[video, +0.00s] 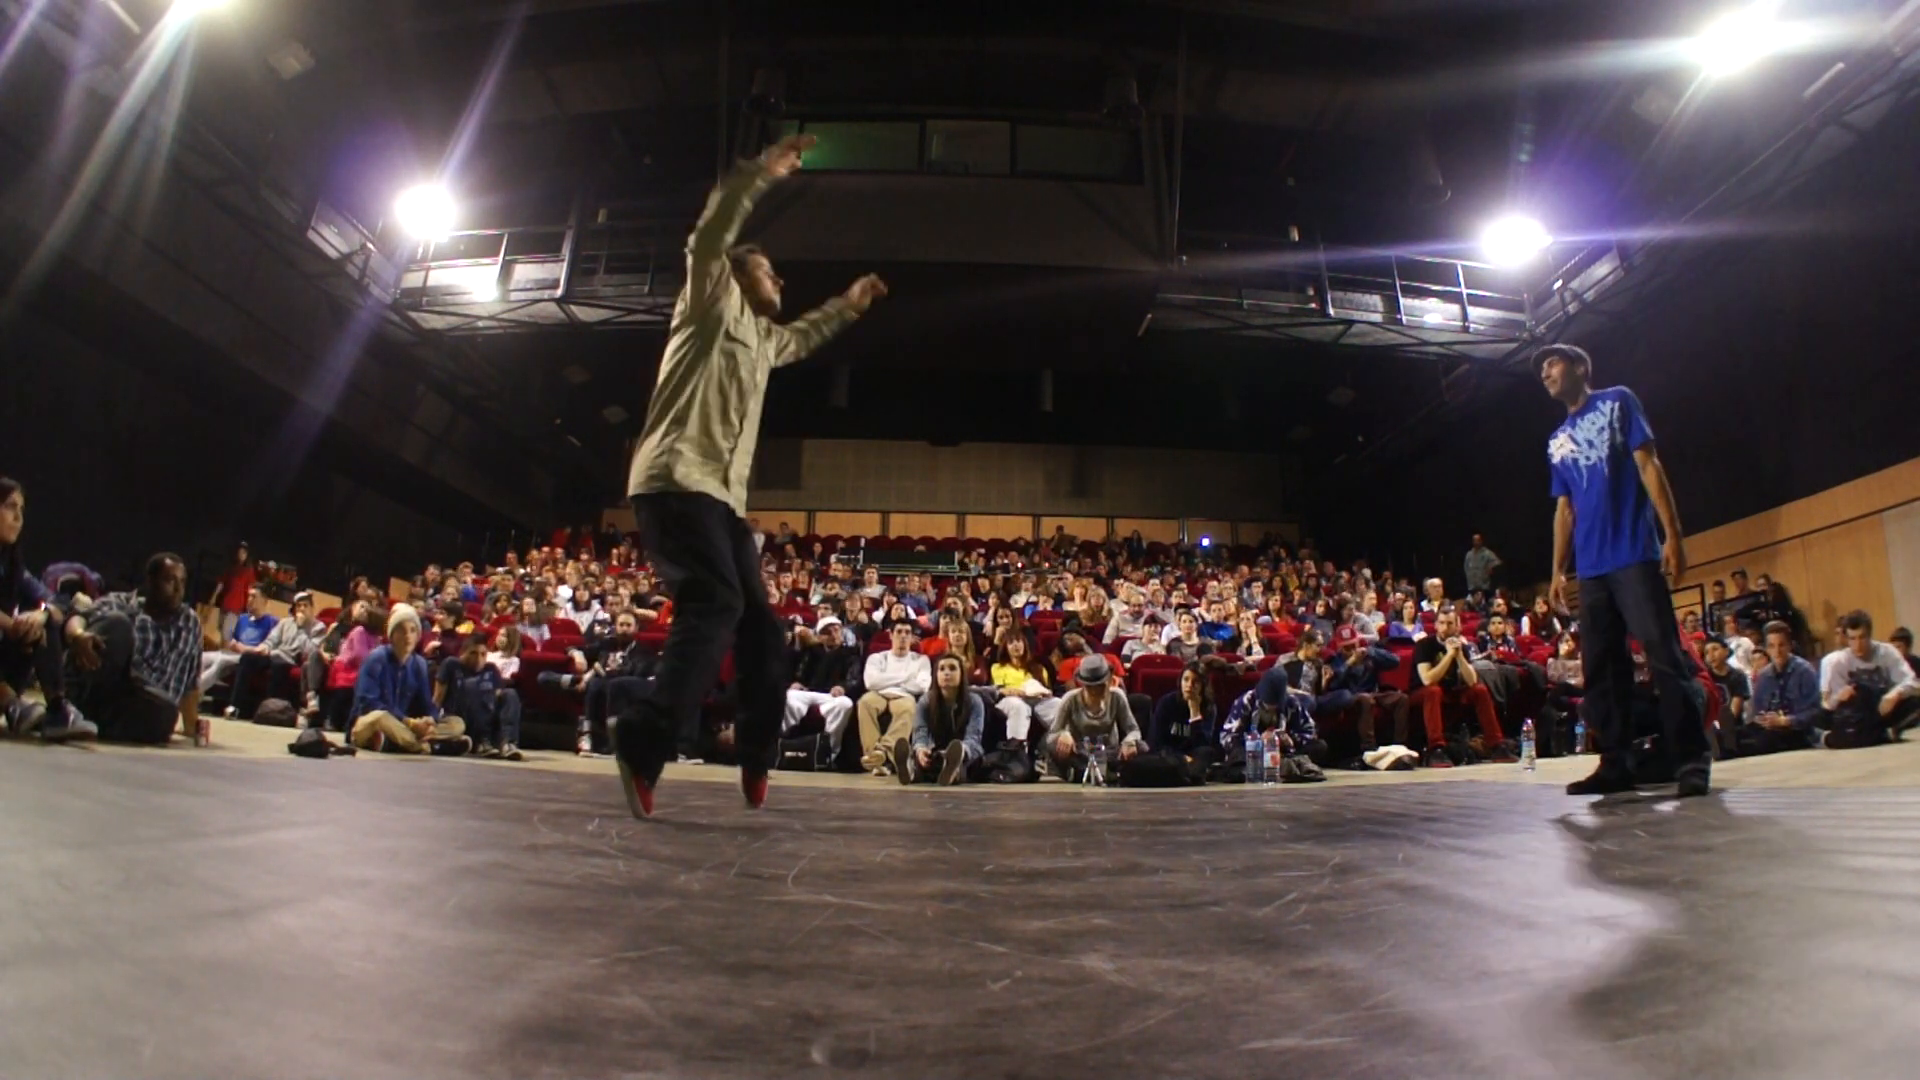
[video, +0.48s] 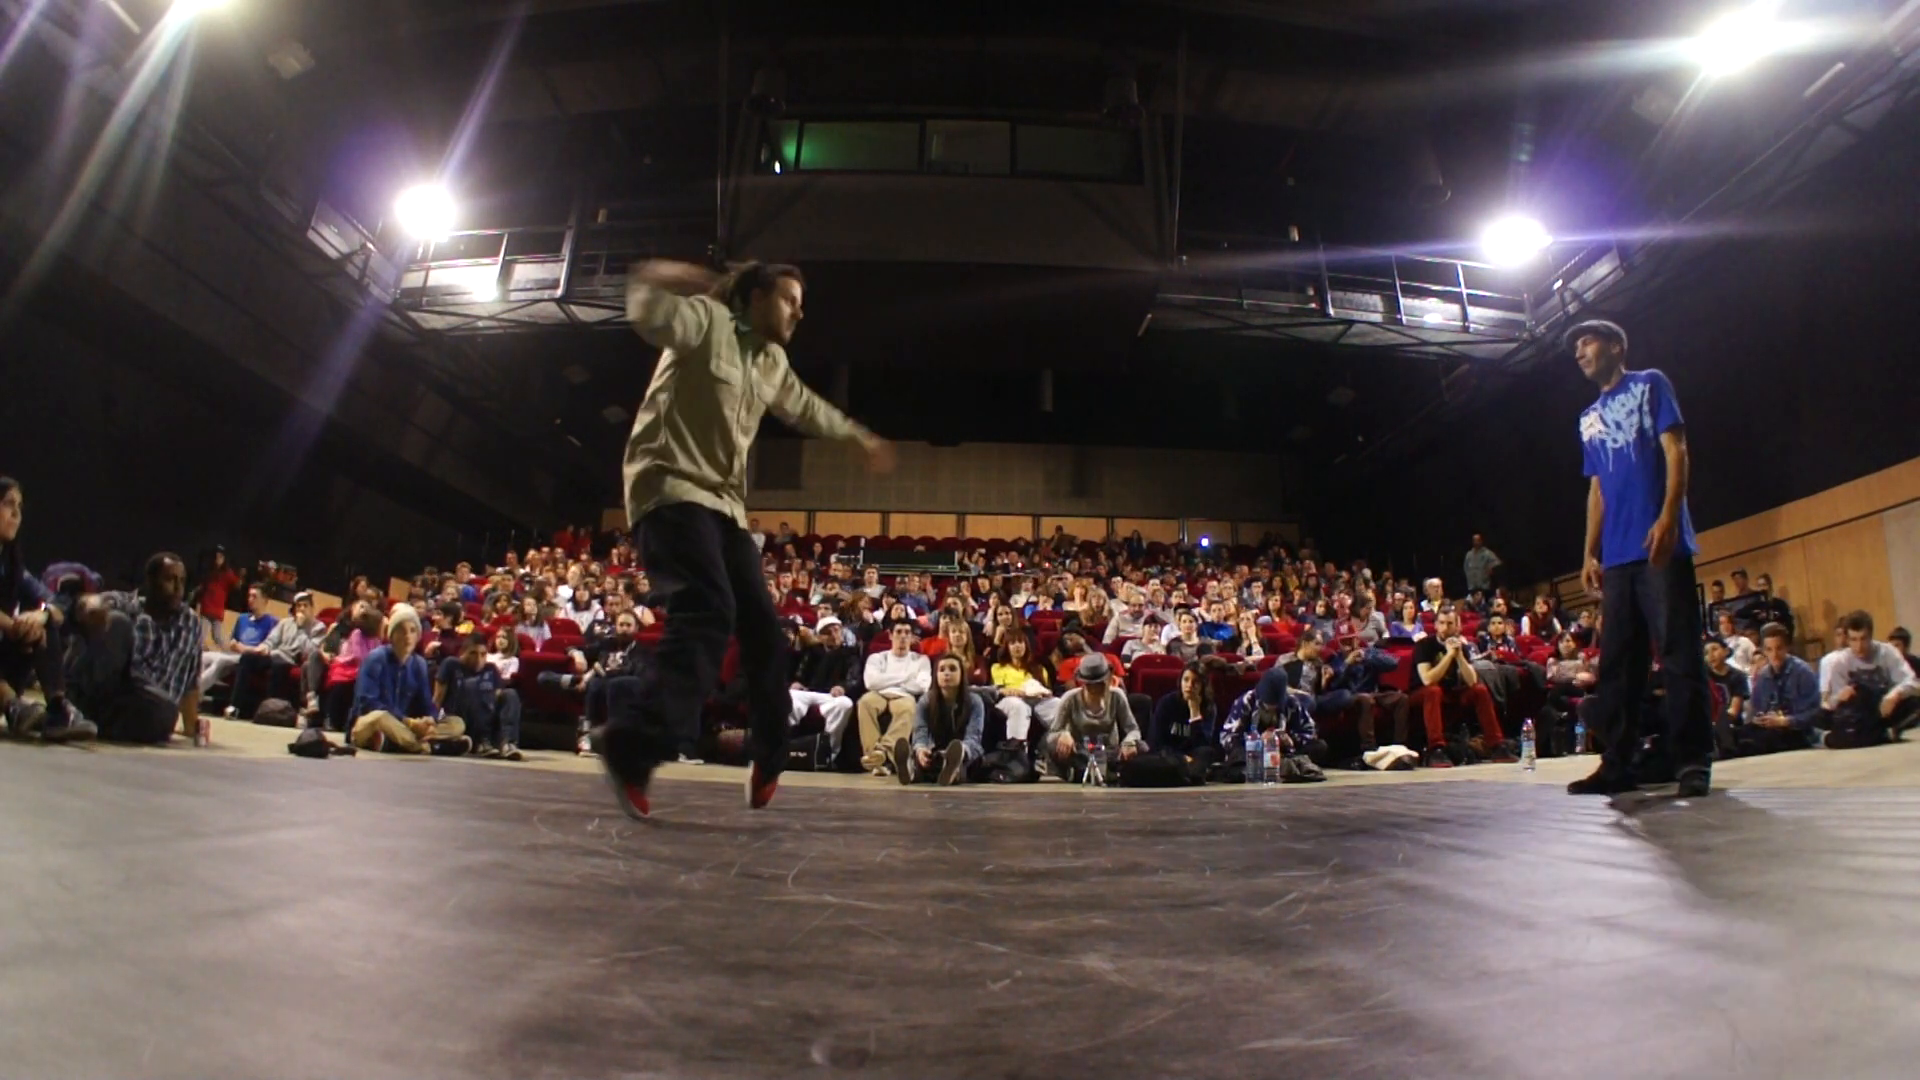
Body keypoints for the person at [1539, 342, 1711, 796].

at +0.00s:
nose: (1546, 375)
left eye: (1553, 366)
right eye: (1543, 371)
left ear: (1581, 369)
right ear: (1549, 383)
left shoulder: (1617, 401)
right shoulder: (1558, 440)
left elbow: (1648, 464)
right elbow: (1564, 506)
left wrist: (1672, 534)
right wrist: (1558, 570)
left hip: (1634, 555)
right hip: (1590, 567)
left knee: (1663, 658)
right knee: (1601, 668)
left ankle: (1692, 762)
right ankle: (1615, 764)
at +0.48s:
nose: (1580, 354)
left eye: (1587, 344)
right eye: (1576, 349)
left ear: (1617, 347)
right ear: (1580, 360)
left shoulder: (1650, 384)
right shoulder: (1588, 419)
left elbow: (1675, 450)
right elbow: (1597, 487)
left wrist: (1669, 517)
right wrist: (1590, 551)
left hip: (1660, 544)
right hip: (1617, 553)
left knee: (1678, 654)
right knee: (1618, 659)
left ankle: (1692, 763)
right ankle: (1618, 762)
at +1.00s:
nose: (1583, 356)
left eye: (1591, 345)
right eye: (1580, 350)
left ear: (1619, 348)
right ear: (1586, 361)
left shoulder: (1651, 391)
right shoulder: (1590, 421)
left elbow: (1674, 462)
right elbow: (1592, 489)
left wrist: (1675, 538)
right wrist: (1586, 554)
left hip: (1650, 551)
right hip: (1607, 559)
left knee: (1671, 661)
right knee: (1614, 665)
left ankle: (1692, 763)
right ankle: (1622, 764)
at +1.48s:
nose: (1578, 358)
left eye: (1586, 348)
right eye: (1575, 353)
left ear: (1615, 350)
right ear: (1579, 364)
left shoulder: (1647, 392)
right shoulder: (1584, 422)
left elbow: (1671, 462)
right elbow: (1587, 492)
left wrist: (1673, 533)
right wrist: (1581, 555)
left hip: (1648, 551)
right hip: (1604, 561)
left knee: (1669, 661)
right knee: (1613, 666)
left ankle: (1691, 764)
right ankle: (1622, 764)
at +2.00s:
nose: (1578, 356)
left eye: (1585, 346)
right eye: (1574, 352)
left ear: (1613, 349)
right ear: (1577, 363)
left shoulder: (1644, 391)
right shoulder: (1583, 423)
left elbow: (1665, 460)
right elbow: (1587, 491)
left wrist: (1665, 531)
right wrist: (1584, 556)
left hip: (1647, 551)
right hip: (1604, 561)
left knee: (1670, 661)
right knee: (1613, 667)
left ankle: (1692, 764)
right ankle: (1622, 766)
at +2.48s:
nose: (1573, 353)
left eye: (1581, 343)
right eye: (1570, 348)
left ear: (1611, 349)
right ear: (1576, 362)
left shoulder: (1643, 393)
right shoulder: (1581, 421)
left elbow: (1665, 462)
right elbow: (1583, 490)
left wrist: (1668, 536)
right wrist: (1576, 554)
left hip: (1646, 551)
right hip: (1602, 560)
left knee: (1670, 662)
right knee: (1612, 667)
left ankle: (1691, 764)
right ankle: (1622, 766)